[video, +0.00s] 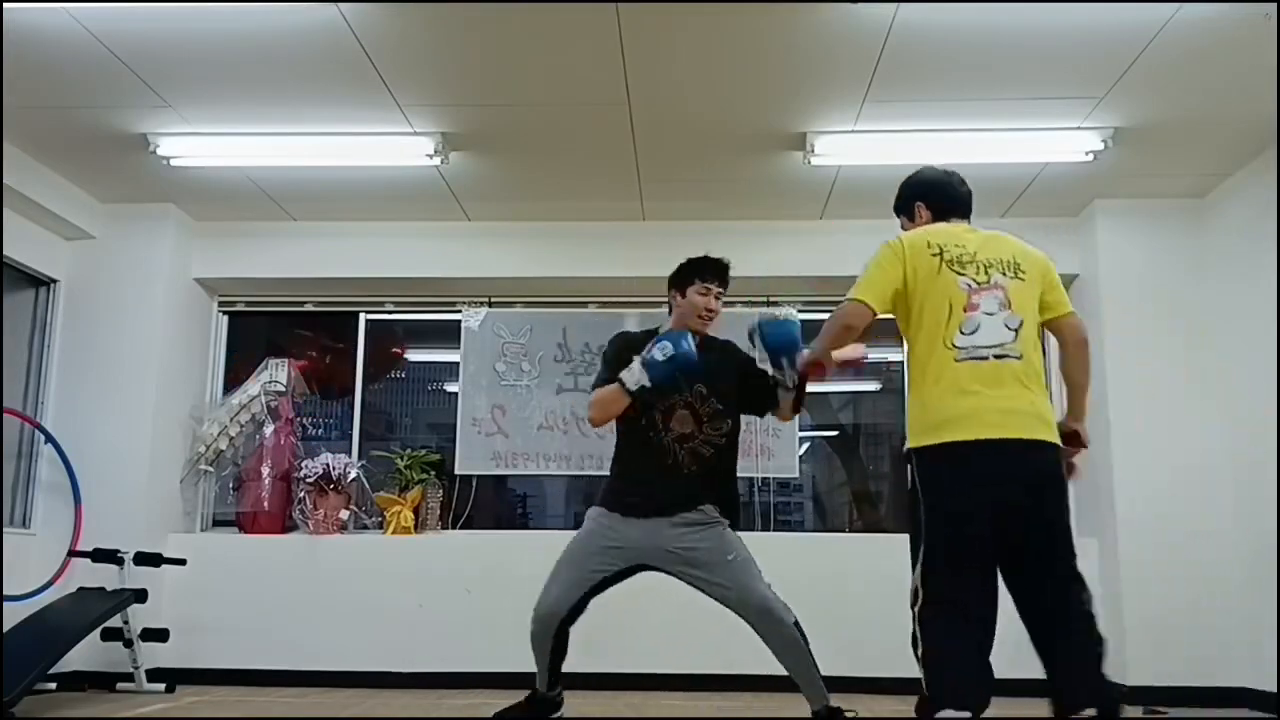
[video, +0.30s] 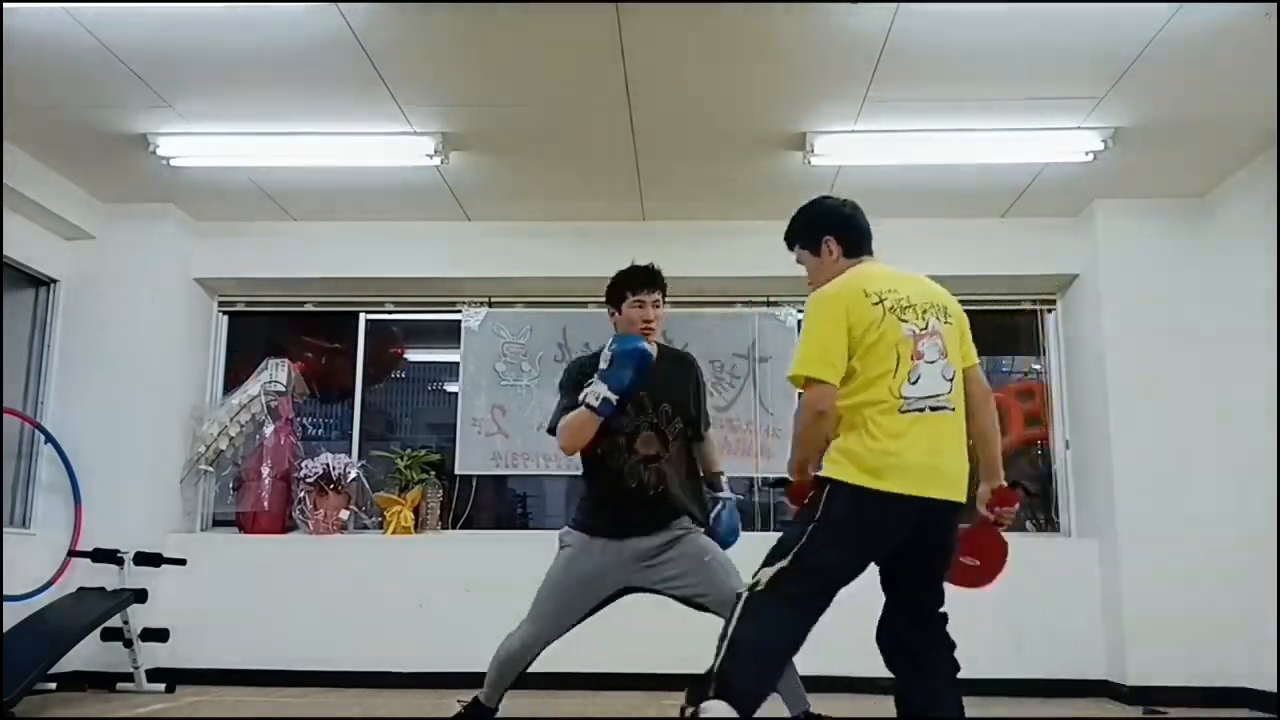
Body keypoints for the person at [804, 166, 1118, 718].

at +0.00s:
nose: (902, 229)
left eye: (901, 221)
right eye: (901, 222)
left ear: (920, 212)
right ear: (966, 213)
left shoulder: (906, 249)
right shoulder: (1027, 255)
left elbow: (853, 320)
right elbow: (1074, 335)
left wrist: (816, 356)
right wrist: (1075, 419)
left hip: (950, 449)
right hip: (1032, 447)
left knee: (952, 587)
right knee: (1052, 581)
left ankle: (955, 706)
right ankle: (1087, 702)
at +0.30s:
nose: (805, 276)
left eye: (805, 261)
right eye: (801, 264)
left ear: (832, 248)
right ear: (861, 247)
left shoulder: (836, 297)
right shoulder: (939, 297)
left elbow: (820, 404)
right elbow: (978, 391)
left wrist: (799, 472)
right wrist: (994, 477)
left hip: (863, 490)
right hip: (939, 498)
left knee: (784, 598)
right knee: (916, 630)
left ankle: (725, 705)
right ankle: (940, 713)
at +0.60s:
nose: (647, 283)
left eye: (641, 268)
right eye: (639, 271)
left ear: (658, 252)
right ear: (701, 238)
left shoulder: (701, 294)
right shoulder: (790, 271)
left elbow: (707, 406)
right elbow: (865, 340)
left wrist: (706, 458)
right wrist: (923, 416)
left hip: (790, 486)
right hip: (864, 477)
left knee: (697, 638)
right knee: (876, 639)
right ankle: (919, 712)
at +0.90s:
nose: (625, 203)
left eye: (622, 188)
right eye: (621, 190)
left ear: (637, 177)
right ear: (696, 172)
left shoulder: (642, 236)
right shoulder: (785, 217)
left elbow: (654, 360)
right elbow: (852, 312)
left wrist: (624, 399)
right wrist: (900, 405)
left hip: (722, 465)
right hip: (824, 454)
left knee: (693, 641)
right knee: (844, 613)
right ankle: (864, 697)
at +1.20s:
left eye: (685, 133)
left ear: (695, 132)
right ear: (778, 136)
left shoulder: (656, 181)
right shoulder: (832, 184)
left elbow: (596, 306)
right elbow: (887, 302)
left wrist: (580, 253)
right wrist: (929, 424)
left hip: (676, 447)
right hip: (798, 445)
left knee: (670, 642)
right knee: (794, 643)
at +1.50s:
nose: (751, 129)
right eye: (752, 121)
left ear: (662, 123)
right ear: (745, 120)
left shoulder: (603, 179)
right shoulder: (773, 157)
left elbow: (537, 299)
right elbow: (816, 231)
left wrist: (563, 217)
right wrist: (877, 349)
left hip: (614, 444)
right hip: (740, 442)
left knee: (577, 627)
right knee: (771, 647)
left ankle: (531, 708)